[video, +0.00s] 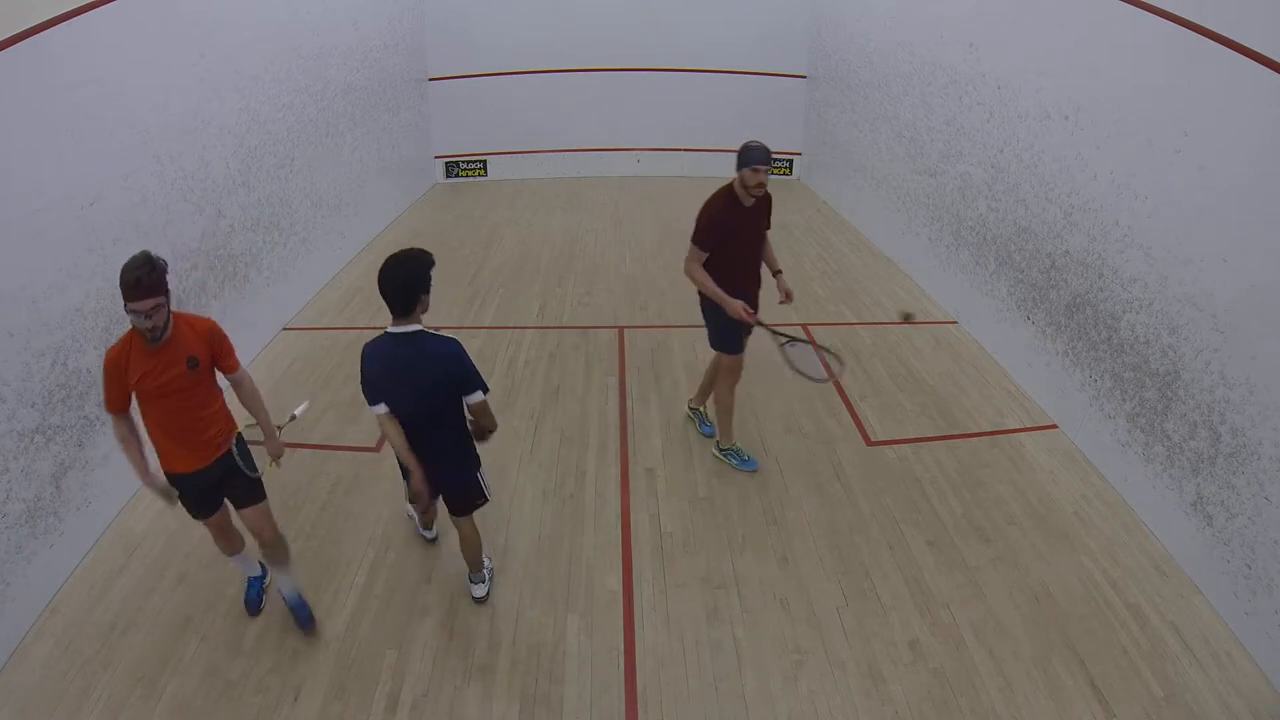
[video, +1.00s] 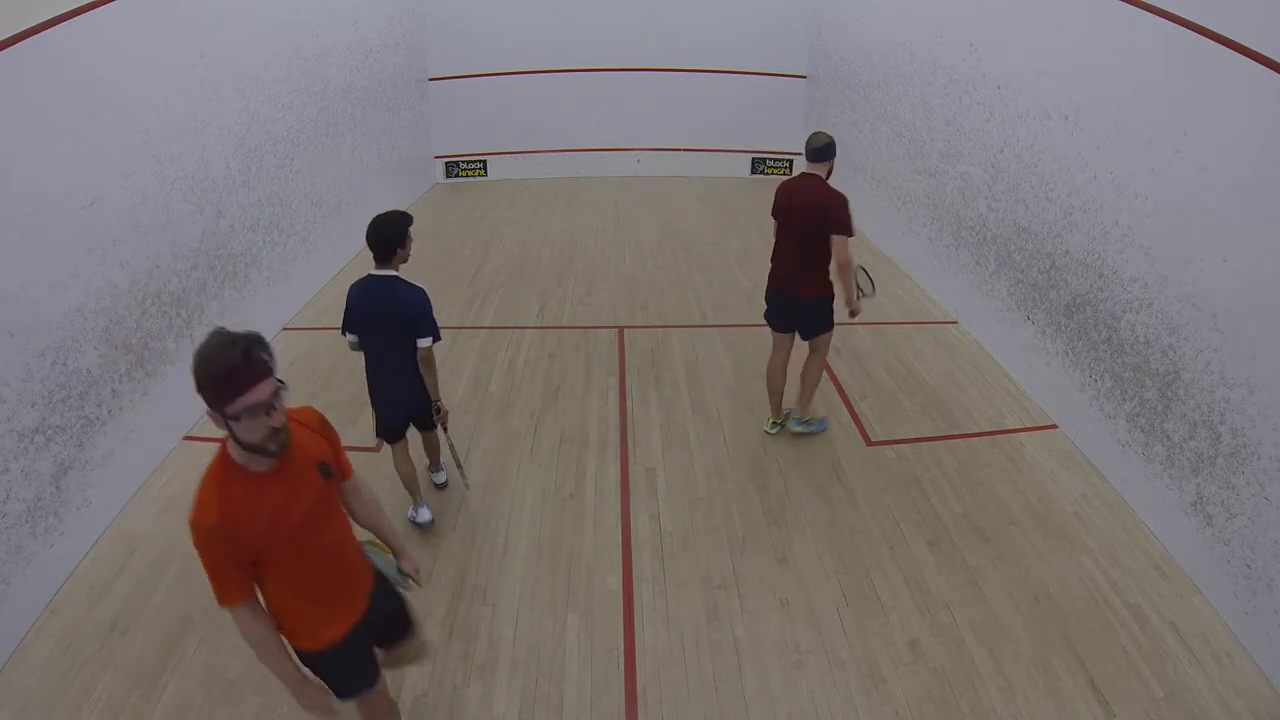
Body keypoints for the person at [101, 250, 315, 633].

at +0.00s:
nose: (148, 322)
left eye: (155, 310)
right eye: (137, 314)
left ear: (168, 296)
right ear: (125, 308)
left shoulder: (202, 332)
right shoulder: (119, 360)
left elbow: (240, 380)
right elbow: (120, 418)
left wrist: (269, 432)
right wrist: (146, 477)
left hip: (227, 450)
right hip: (183, 469)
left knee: (265, 533)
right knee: (220, 529)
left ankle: (289, 589)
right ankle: (253, 572)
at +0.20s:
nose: (164, 346)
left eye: (171, 333)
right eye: (152, 338)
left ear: (182, 320)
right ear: (136, 333)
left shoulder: (215, 357)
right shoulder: (127, 389)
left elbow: (244, 413)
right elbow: (132, 459)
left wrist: (267, 467)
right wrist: (141, 528)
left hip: (239, 483)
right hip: (193, 501)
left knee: (274, 565)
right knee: (227, 548)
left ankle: (309, 642)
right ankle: (254, 574)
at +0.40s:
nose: (183, 356)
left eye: (190, 342)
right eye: (169, 348)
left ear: (200, 329)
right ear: (150, 343)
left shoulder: (234, 368)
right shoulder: (138, 408)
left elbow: (265, 431)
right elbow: (144, 486)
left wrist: (296, 489)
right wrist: (163, 563)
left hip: (266, 503)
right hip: (216, 531)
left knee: (292, 580)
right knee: (250, 605)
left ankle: (312, 649)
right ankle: (258, 615)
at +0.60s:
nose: (204, 369)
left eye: (211, 353)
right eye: (189, 361)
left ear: (219, 339)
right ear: (166, 358)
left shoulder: (250, 379)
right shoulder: (153, 435)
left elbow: (294, 439)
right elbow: (171, 511)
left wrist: (340, 502)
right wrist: (198, 577)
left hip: (286, 522)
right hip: (241, 555)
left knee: (304, 596)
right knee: (298, 638)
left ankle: (313, 651)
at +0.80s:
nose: (236, 398)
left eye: (239, 379)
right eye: (217, 391)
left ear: (245, 366)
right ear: (189, 396)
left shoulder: (278, 406)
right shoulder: (180, 478)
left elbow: (327, 468)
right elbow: (203, 549)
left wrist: (380, 527)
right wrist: (242, 611)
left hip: (322, 554)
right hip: (280, 597)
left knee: (324, 619)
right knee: (344, 670)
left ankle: (319, 654)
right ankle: (380, 714)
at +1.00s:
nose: (276, 418)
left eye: (276, 398)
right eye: (255, 414)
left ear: (280, 383)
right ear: (217, 419)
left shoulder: (308, 426)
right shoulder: (215, 518)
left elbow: (353, 491)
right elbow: (247, 613)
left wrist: (400, 549)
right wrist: (301, 689)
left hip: (366, 583)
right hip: (323, 633)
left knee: (411, 649)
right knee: (375, 700)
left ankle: (356, 665)